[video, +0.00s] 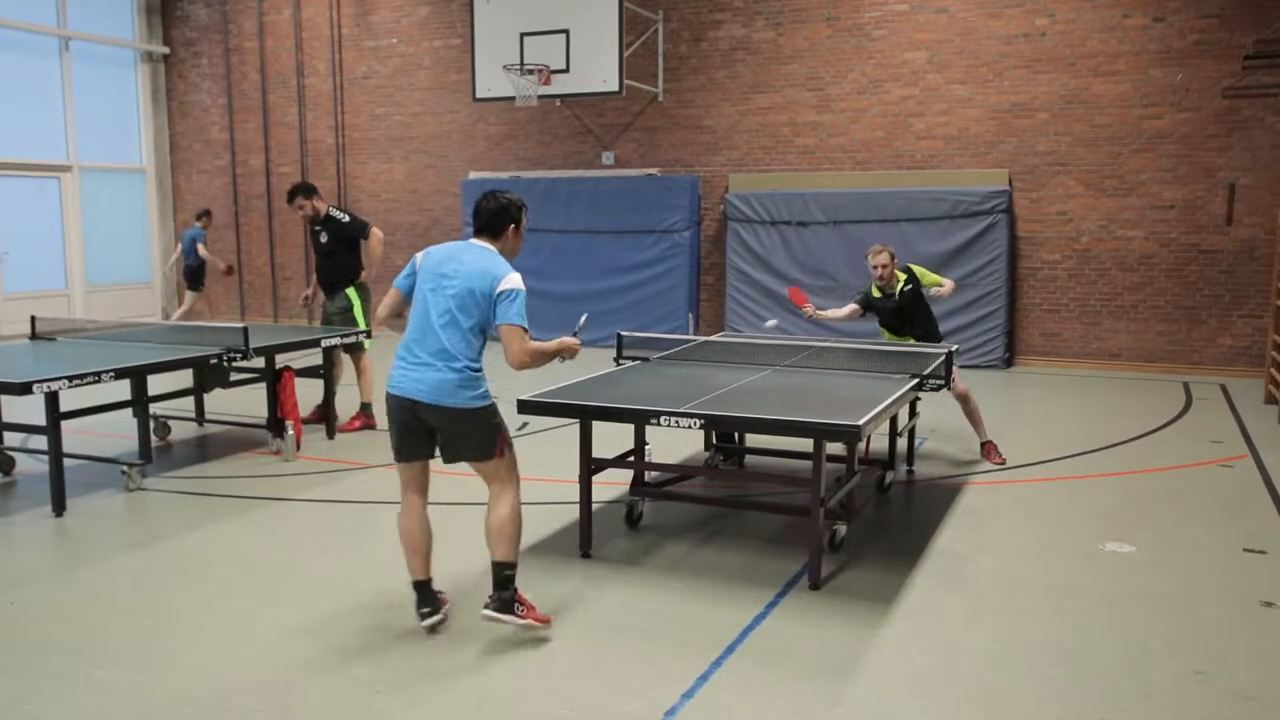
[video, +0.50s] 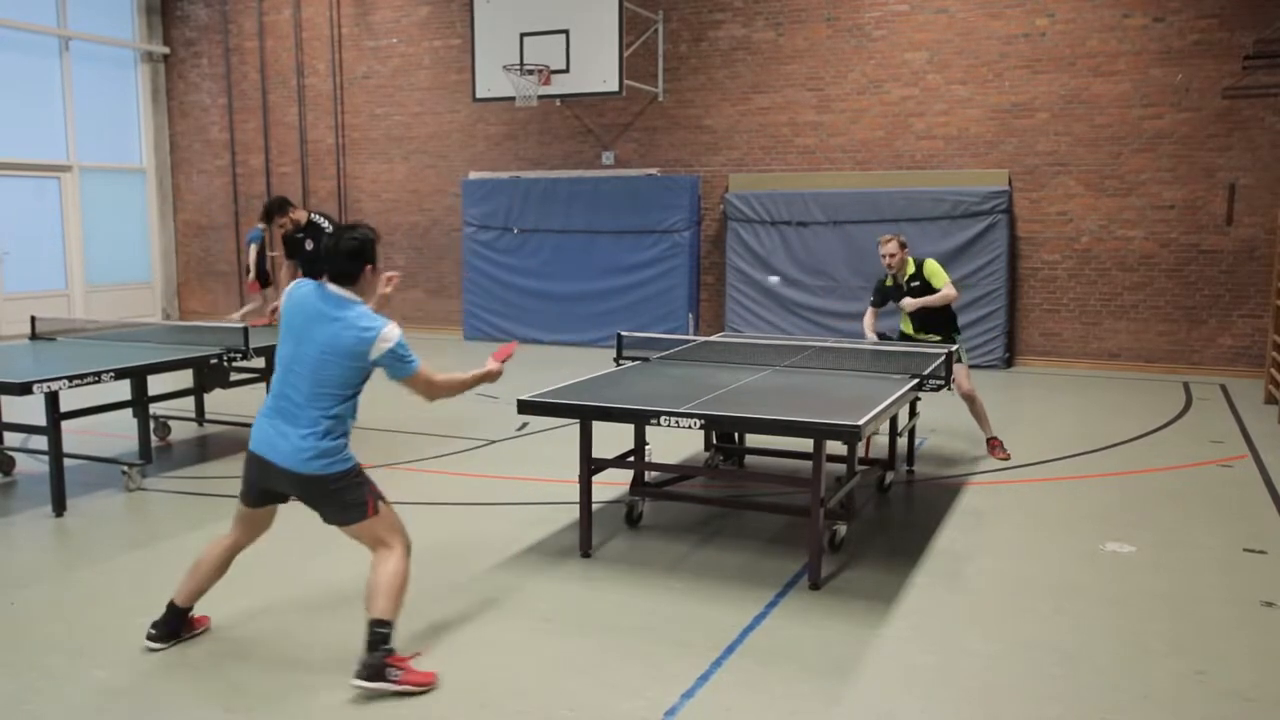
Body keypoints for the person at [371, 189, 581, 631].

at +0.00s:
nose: (523, 238)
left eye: (523, 230)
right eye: (523, 230)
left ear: (477, 226)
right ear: (511, 230)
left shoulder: (428, 256)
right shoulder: (504, 275)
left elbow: (385, 314)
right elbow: (519, 355)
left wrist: (426, 332)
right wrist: (558, 348)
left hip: (402, 392)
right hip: (458, 397)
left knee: (413, 491)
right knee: (503, 483)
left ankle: (424, 598)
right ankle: (504, 594)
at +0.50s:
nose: (382, 267)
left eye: (379, 261)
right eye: (377, 262)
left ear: (327, 266)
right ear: (366, 271)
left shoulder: (296, 294)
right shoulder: (376, 331)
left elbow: (337, 315)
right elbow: (431, 387)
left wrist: (369, 298)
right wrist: (485, 374)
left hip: (264, 451)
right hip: (321, 464)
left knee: (240, 532)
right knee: (392, 544)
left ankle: (169, 620)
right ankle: (377, 657)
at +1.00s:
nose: (389, 277)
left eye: (389, 267)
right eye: (387, 268)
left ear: (340, 266)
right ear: (367, 269)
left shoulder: (300, 297)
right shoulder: (342, 324)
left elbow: (291, 373)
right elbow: (332, 417)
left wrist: (355, 382)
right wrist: (404, 442)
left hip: (251, 449)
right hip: (295, 457)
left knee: (267, 536)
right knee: (374, 548)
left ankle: (196, 635)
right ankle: (363, 683)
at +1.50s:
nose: (486, 266)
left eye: (491, 254)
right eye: (478, 253)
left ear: (450, 243)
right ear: (443, 244)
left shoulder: (424, 272)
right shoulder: (412, 299)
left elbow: (399, 341)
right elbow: (366, 396)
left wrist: (440, 374)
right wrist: (444, 441)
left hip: (334, 425)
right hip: (359, 438)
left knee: (358, 535)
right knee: (424, 546)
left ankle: (319, 653)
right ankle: (414, 691)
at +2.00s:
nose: (539, 368)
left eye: (541, 359)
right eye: (541, 359)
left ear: (499, 345)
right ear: (531, 356)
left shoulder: (454, 352)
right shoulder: (513, 383)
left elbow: (387, 363)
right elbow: (526, 461)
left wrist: (391, 419)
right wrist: (545, 421)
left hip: (374, 446)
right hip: (416, 456)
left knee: (413, 494)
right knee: (506, 520)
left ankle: (378, 579)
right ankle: (502, 639)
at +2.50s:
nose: (540, 315)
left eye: (540, 307)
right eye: (540, 307)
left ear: (499, 299)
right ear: (530, 306)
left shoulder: (454, 311)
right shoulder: (513, 339)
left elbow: (390, 334)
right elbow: (515, 420)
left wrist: (403, 390)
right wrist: (543, 390)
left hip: (385, 417)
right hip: (430, 427)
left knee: (404, 486)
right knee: (490, 518)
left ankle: (378, 578)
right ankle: (500, 638)